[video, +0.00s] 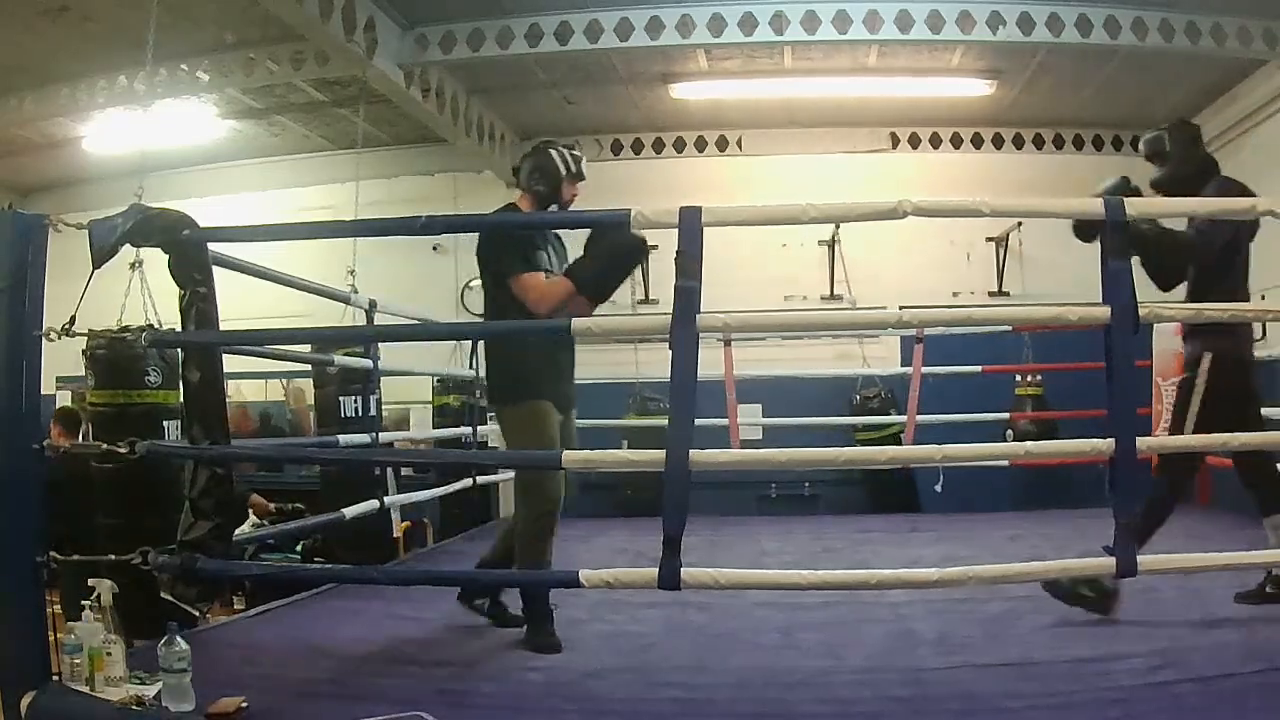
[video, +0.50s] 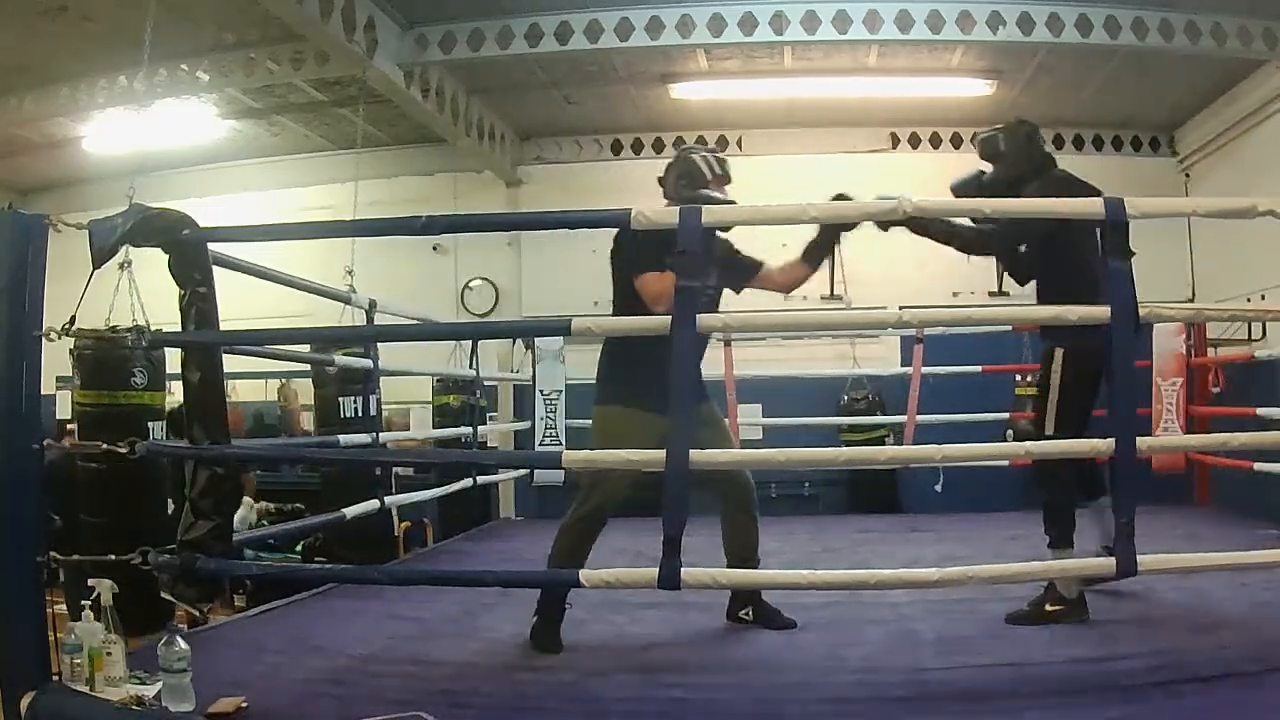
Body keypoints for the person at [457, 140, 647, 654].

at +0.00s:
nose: (579, 193)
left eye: (580, 183)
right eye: (576, 183)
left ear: (545, 181)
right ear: (554, 181)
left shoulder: (551, 234)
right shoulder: (504, 227)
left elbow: (574, 304)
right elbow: (538, 299)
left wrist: (616, 266)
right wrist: (593, 262)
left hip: (557, 387)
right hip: (523, 388)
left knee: (549, 496)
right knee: (541, 497)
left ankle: (482, 582)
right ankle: (538, 619)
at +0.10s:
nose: (600, 183)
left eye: (600, 173)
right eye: (595, 173)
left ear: (561, 176)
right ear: (570, 176)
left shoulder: (570, 228)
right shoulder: (527, 223)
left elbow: (570, 295)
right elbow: (539, 302)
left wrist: (616, 284)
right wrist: (605, 289)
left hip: (581, 383)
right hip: (542, 385)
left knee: (617, 483)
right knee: (551, 499)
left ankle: (530, 560)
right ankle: (539, 620)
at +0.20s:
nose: (625, 180)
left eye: (624, 170)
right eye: (620, 171)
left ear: (591, 173)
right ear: (597, 172)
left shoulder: (599, 225)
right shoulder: (550, 220)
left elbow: (608, 300)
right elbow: (563, 299)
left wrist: (648, 278)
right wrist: (631, 280)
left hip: (607, 382)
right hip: (562, 386)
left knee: (666, 462)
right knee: (560, 498)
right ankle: (538, 617)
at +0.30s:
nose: (651, 184)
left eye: (651, 177)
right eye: (646, 175)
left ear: (616, 173)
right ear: (620, 173)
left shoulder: (635, 227)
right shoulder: (577, 223)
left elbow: (650, 300)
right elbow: (606, 296)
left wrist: (697, 282)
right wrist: (655, 253)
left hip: (634, 384)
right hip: (583, 388)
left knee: (684, 479)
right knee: (568, 500)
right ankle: (540, 617)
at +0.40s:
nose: (693, 190)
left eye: (690, 182)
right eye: (684, 182)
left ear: (664, 191)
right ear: (655, 187)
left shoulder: (676, 244)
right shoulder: (609, 234)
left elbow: (727, 297)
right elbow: (641, 296)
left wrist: (764, 253)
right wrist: (684, 259)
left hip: (673, 403)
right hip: (610, 402)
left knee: (720, 491)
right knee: (583, 506)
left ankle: (743, 595)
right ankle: (542, 614)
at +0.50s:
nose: (723, 199)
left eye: (723, 191)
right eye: (714, 191)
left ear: (721, 193)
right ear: (683, 189)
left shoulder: (714, 249)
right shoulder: (640, 231)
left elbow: (784, 279)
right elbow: (658, 297)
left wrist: (828, 235)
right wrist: (702, 253)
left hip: (689, 395)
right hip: (628, 394)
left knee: (738, 486)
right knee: (601, 498)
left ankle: (745, 599)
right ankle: (549, 609)